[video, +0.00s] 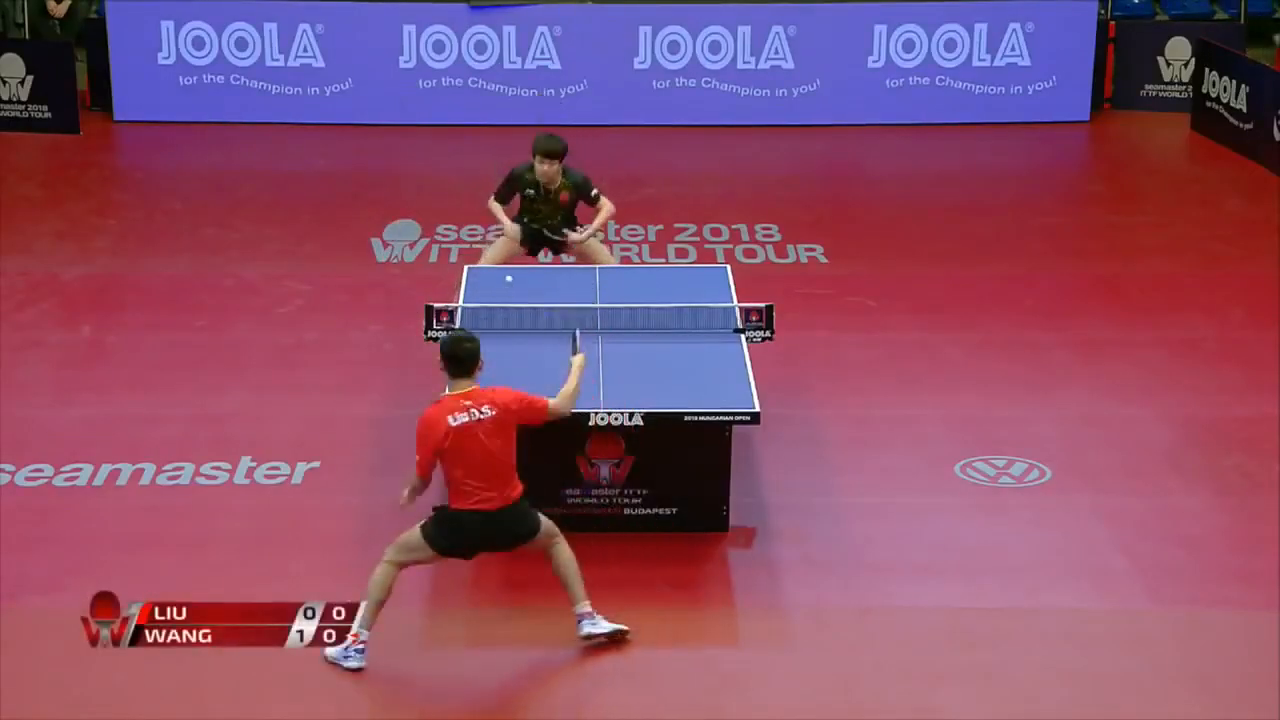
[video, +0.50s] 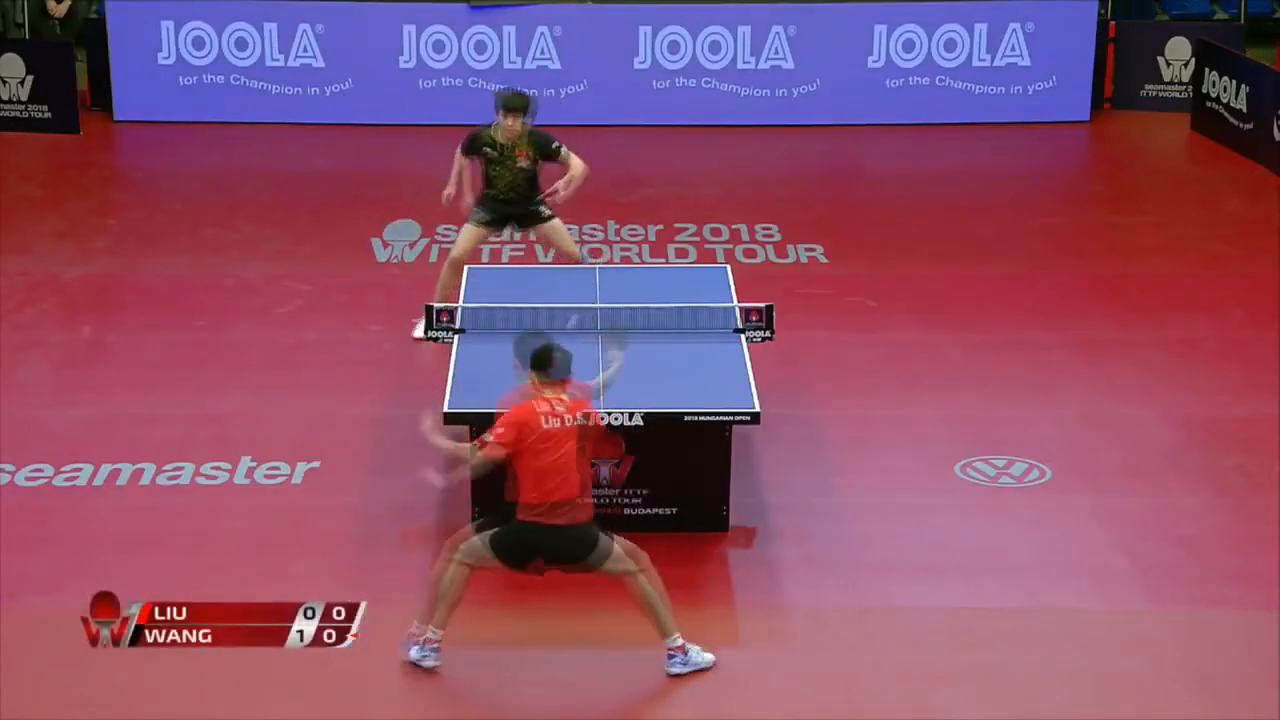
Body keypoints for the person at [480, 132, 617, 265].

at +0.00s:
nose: (544, 169)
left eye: (550, 164)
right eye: (541, 163)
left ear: (560, 164)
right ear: (534, 160)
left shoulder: (575, 181)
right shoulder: (520, 176)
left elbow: (608, 208)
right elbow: (494, 202)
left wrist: (584, 235)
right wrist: (507, 225)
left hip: (565, 232)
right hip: (527, 230)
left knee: (610, 267)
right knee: (485, 263)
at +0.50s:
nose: (511, 123)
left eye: (517, 117)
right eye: (506, 116)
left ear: (525, 119)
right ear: (498, 116)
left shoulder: (537, 140)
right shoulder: (482, 137)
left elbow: (579, 166)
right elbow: (461, 153)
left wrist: (566, 185)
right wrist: (453, 184)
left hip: (530, 206)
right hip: (491, 206)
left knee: (575, 256)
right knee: (455, 258)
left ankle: (596, 316)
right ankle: (434, 317)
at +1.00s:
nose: (567, 165)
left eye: (570, 160)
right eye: (561, 160)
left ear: (575, 157)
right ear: (547, 156)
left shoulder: (582, 170)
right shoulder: (529, 177)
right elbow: (503, 212)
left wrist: (605, 171)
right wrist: (514, 222)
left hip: (573, 239)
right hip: (536, 240)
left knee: (622, 267)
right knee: (488, 264)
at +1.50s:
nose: (576, 132)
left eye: (580, 126)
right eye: (570, 126)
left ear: (587, 129)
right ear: (559, 128)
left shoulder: (587, 158)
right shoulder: (545, 157)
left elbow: (589, 190)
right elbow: (531, 196)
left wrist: (613, 211)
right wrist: (574, 211)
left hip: (563, 219)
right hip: (529, 221)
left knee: (607, 257)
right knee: (494, 268)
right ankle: (453, 301)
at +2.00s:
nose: (496, 134)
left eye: (500, 128)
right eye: (490, 129)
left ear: (508, 127)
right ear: (483, 130)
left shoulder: (521, 147)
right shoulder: (485, 162)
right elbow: (493, 199)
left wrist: (516, 131)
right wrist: (473, 205)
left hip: (544, 220)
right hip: (510, 224)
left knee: (587, 264)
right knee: (463, 254)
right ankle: (455, 307)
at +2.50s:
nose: (564, 116)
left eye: (569, 111)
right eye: (559, 109)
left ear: (573, 113)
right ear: (547, 107)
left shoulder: (564, 139)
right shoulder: (531, 134)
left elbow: (555, 175)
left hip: (541, 195)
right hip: (511, 198)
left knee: (592, 234)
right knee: (490, 255)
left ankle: (616, 289)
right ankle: (450, 287)